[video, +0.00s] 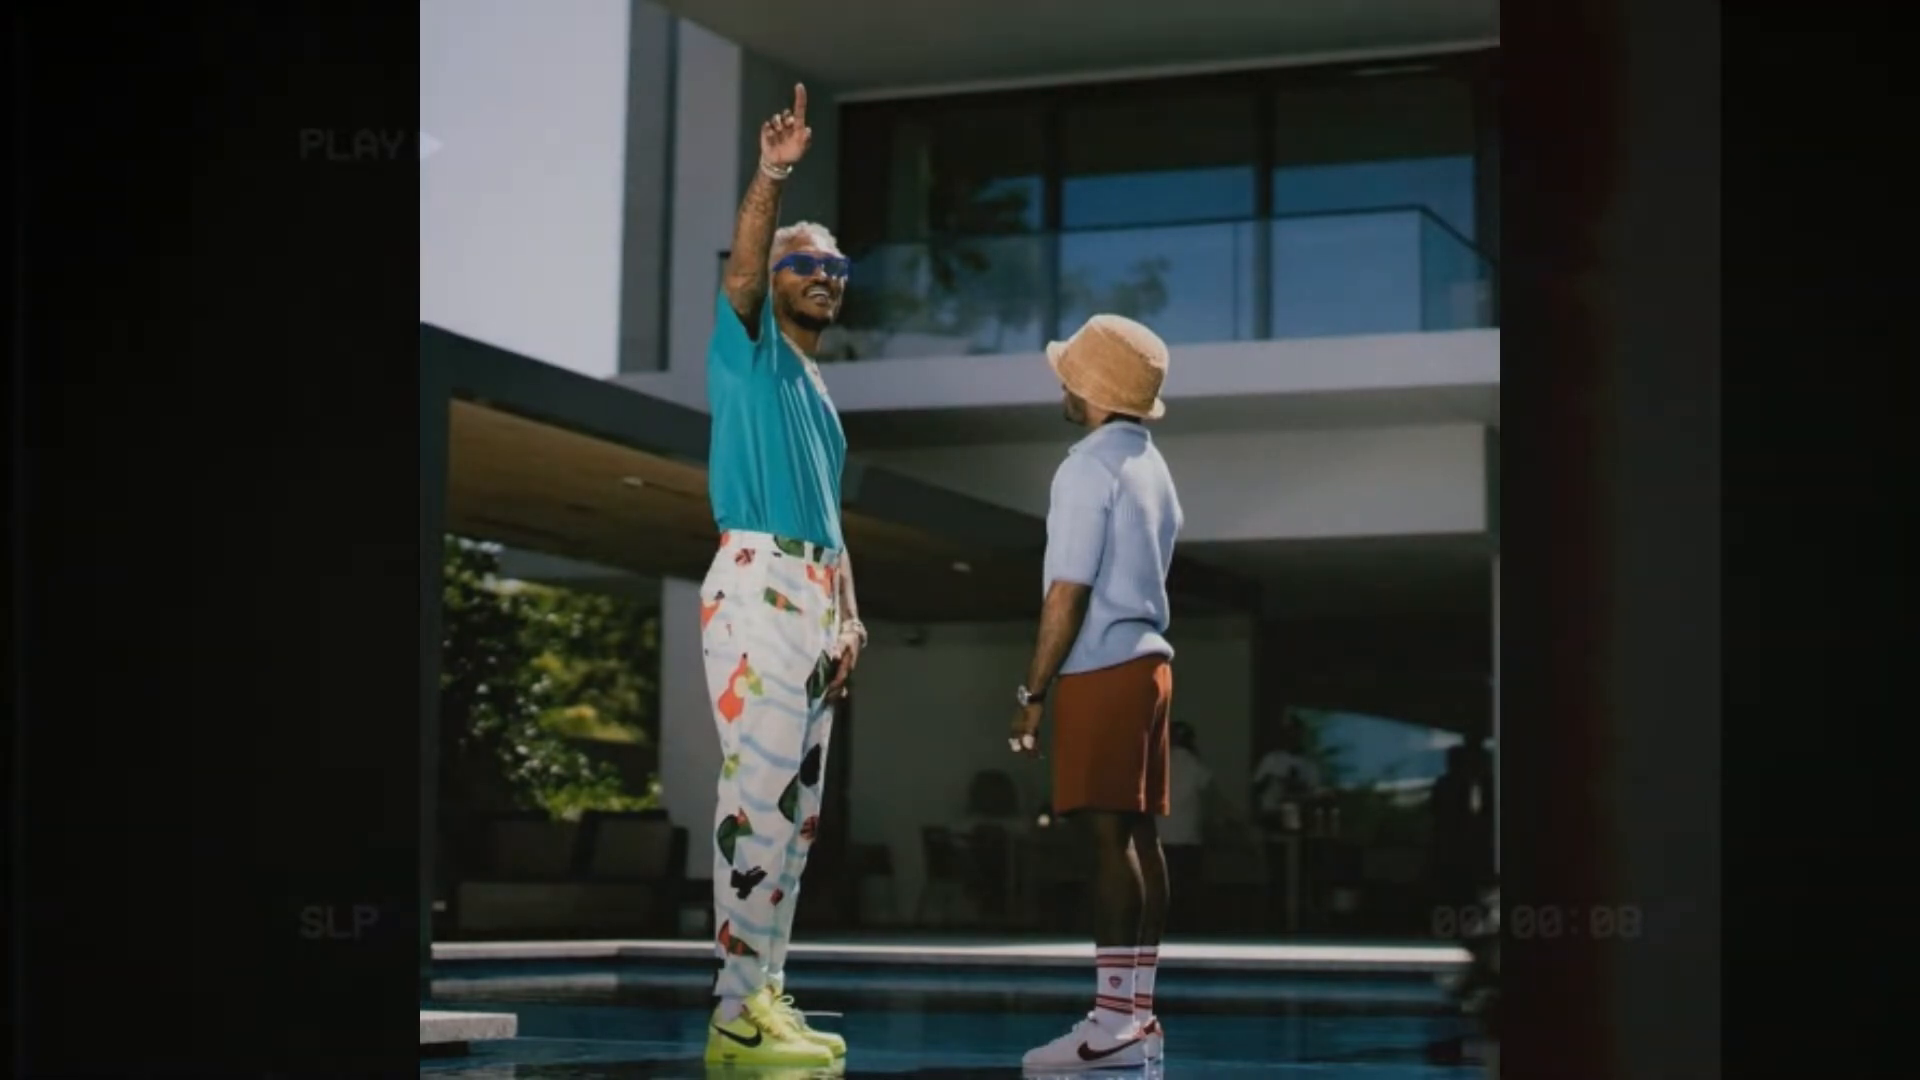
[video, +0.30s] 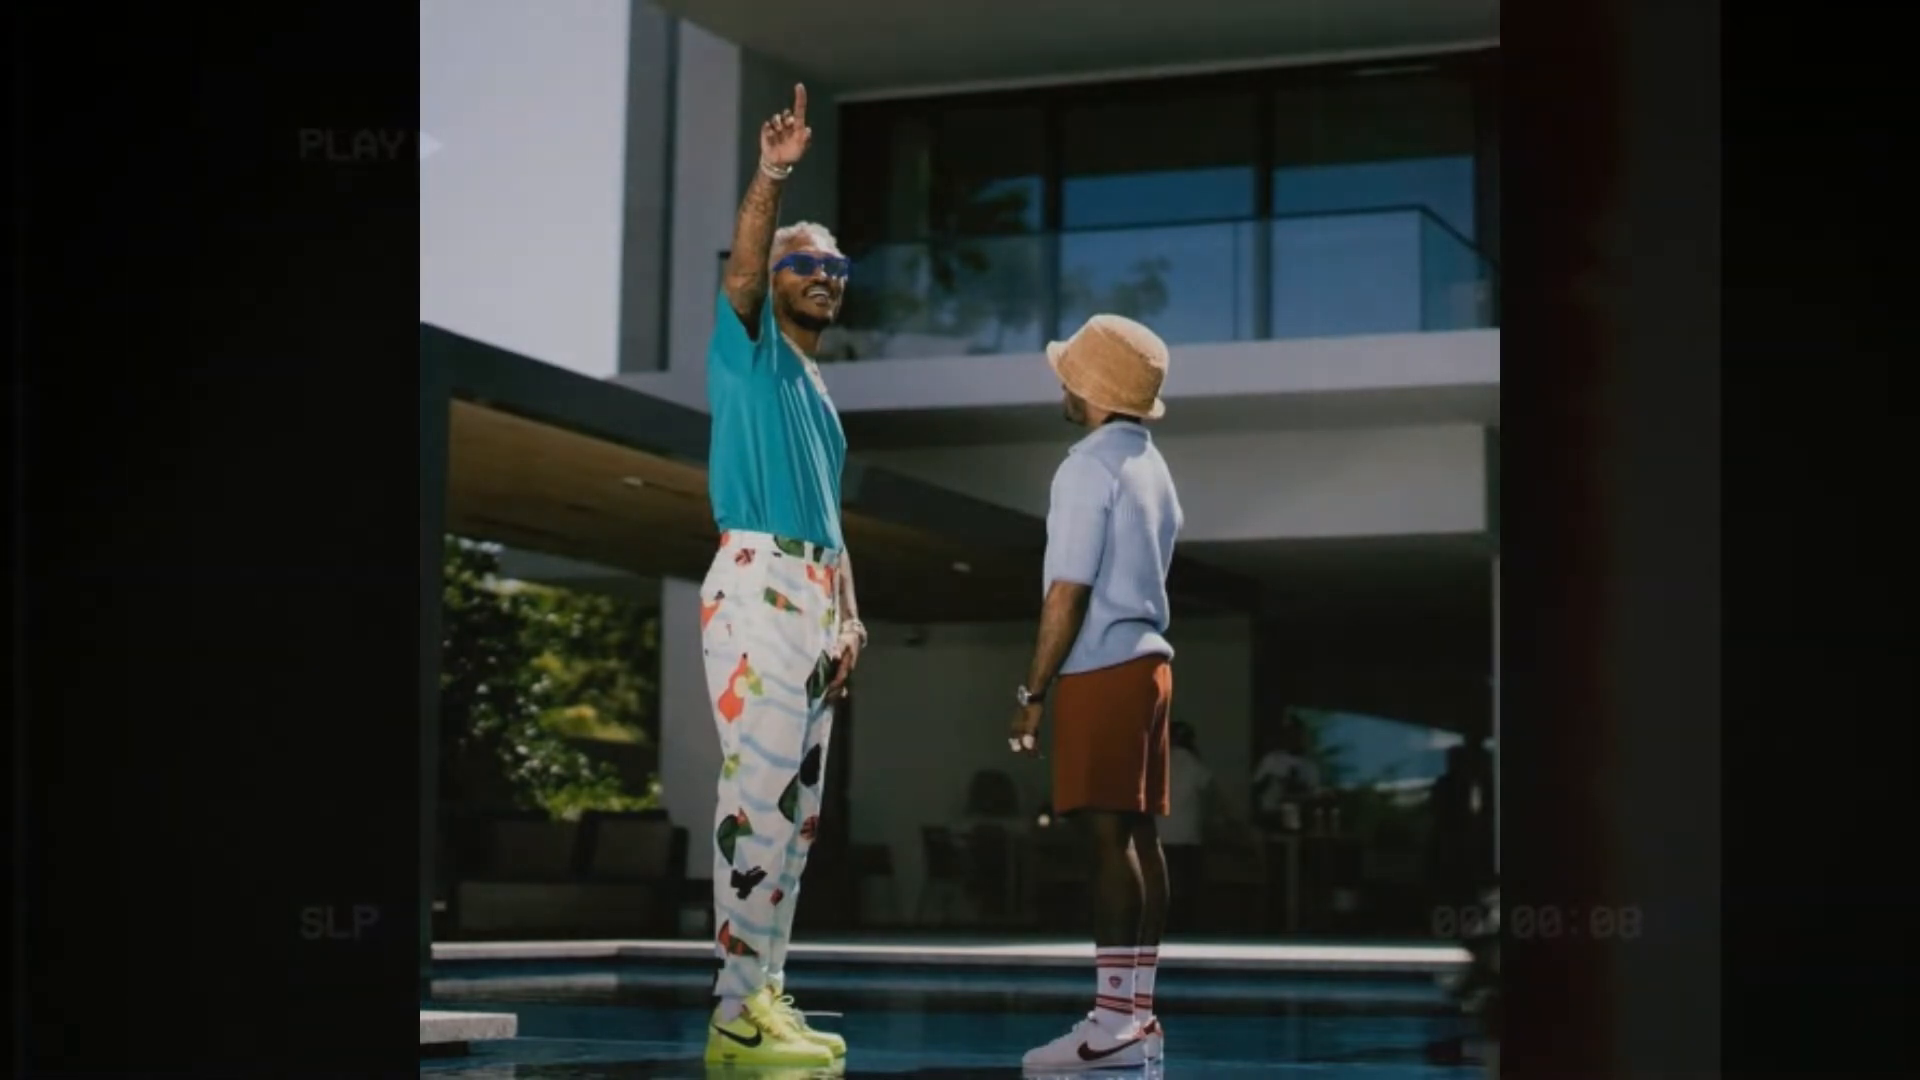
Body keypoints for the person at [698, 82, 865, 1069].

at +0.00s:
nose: (823, 282)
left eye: (834, 273)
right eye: (805, 268)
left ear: (842, 293)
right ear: (770, 278)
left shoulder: (819, 395)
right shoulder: (744, 344)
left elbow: (828, 520)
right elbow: (744, 266)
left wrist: (847, 612)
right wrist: (770, 173)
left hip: (814, 590)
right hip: (756, 582)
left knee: (794, 798)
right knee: (759, 793)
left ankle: (759, 1000)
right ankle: (745, 1006)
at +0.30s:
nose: (823, 283)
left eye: (834, 273)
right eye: (805, 268)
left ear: (842, 292)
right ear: (770, 278)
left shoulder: (819, 395)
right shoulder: (744, 344)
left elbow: (828, 520)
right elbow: (744, 266)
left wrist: (847, 612)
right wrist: (770, 173)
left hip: (814, 590)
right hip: (756, 582)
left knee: (794, 798)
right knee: (759, 792)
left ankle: (759, 1001)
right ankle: (745, 1006)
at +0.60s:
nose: (823, 283)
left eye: (834, 273)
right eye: (805, 268)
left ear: (842, 293)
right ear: (770, 279)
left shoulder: (819, 395)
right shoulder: (744, 344)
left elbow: (828, 520)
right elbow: (744, 266)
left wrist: (847, 612)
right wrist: (770, 173)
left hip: (814, 590)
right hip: (756, 582)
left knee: (795, 797)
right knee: (759, 791)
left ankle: (758, 1001)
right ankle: (746, 1004)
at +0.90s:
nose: (822, 282)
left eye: (833, 273)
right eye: (805, 268)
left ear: (841, 293)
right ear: (770, 279)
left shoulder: (819, 395)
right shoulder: (744, 344)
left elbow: (827, 521)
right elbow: (744, 267)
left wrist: (847, 612)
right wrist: (770, 173)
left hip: (814, 590)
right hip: (756, 582)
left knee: (794, 798)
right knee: (759, 791)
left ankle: (756, 1004)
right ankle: (747, 1003)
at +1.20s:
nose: (823, 282)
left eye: (833, 273)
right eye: (805, 268)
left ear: (841, 292)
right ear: (770, 279)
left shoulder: (818, 395)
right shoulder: (744, 344)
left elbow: (827, 520)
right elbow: (743, 267)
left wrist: (847, 613)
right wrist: (770, 173)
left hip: (814, 590)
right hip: (756, 582)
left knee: (794, 798)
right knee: (759, 790)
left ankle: (754, 1005)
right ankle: (748, 1001)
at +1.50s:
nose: (823, 283)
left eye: (834, 273)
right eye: (806, 268)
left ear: (841, 292)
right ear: (770, 277)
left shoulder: (818, 393)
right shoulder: (744, 342)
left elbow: (827, 519)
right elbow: (744, 267)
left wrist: (847, 612)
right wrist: (770, 173)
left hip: (814, 590)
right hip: (756, 582)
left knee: (794, 798)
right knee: (759, 791)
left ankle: (756, 1003)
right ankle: (747, 1003)